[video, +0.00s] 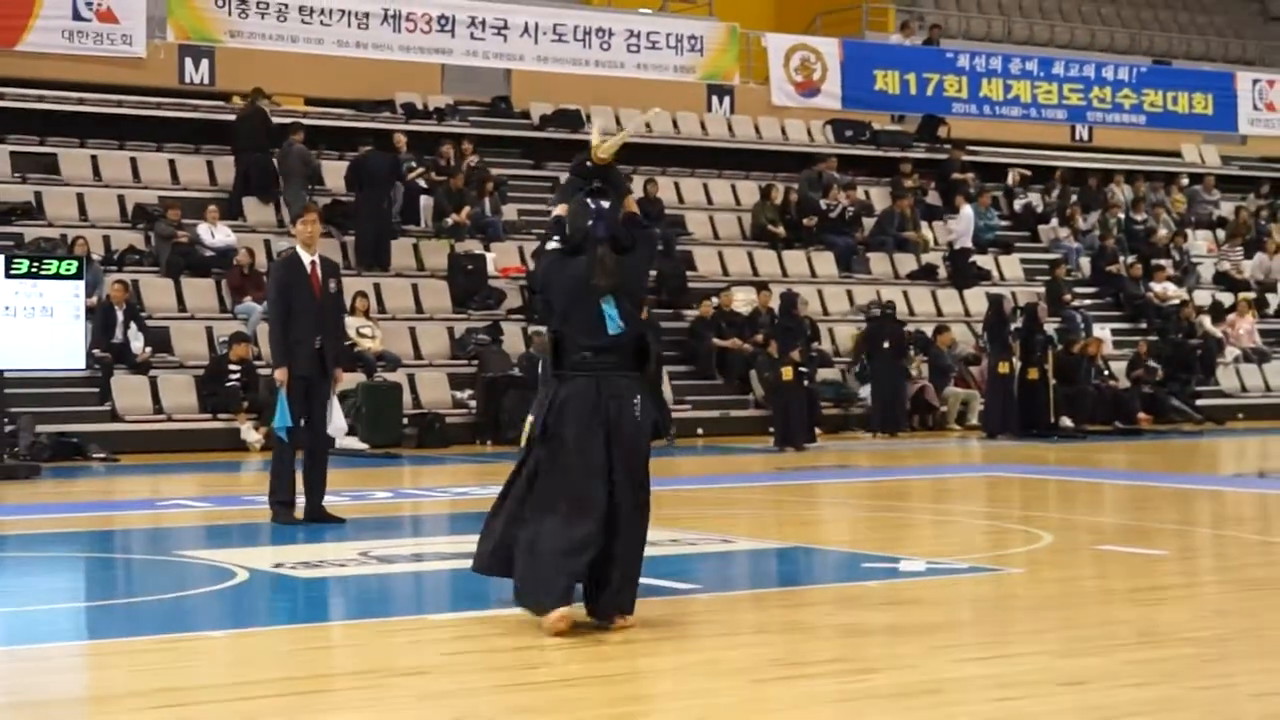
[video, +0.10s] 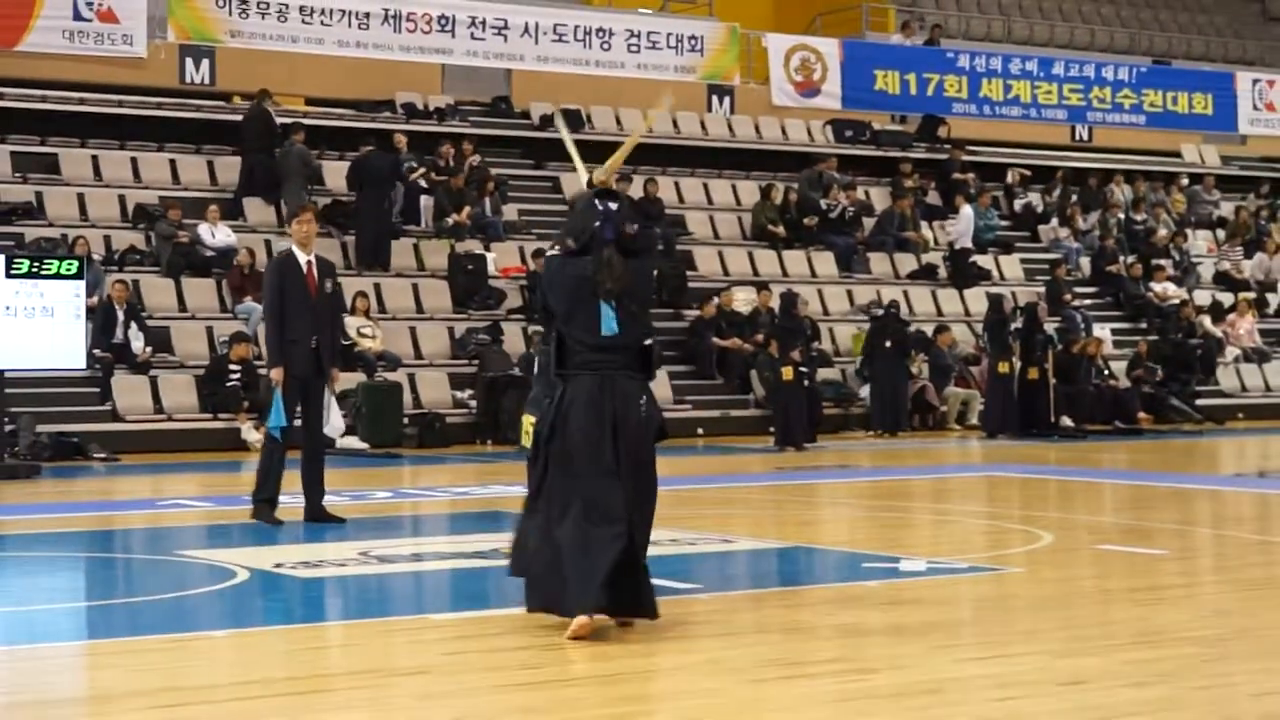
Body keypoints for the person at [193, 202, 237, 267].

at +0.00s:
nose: (213, 215)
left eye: (215, 212)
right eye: (210, 212)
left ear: (218, 214)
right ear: (206, 215)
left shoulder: (223, 227)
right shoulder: (201, 227)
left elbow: (234, 241)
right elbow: (208, 243)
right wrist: (229, 244)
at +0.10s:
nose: (214, 215)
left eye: (216, 212)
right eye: (211, 212)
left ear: (219, 214)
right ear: (206, 214)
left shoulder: (224, 228)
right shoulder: (202, 227)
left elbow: (234, 241)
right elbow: (209, 243)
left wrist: (216, 241)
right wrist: (230, 245)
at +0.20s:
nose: (214, 215)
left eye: (216, 212)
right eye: (211, 213)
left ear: (219, 215)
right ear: (206, 215)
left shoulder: (224, 228)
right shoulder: (202, 228)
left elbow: (234, 242)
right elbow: (209, 244)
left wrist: (216, 242)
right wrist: (229, 245)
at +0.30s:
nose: (215, 216)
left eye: (217, 213)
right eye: (212, 213)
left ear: (221, 215)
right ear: (208, 216)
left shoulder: (225, 229)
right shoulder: (204, 228)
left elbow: (236, 243)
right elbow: (211, 244)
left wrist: (219, 242)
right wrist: (231, 246)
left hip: (230, 255)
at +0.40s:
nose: (217, 216)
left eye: (219, 213)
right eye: (214, 213)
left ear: (222, 215)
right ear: (209, 216)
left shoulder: (227, 229)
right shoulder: (205, 229)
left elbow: (237, 243)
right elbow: (212, 245)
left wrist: (220, 242)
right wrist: (232, 246)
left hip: (231, 255)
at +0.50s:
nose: (216, 216)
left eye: (219, 213)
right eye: (213, 213)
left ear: (222, 215)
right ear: (209, 216)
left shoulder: (226, 229)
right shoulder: (205, 229)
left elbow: (237, 242)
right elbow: (212, 245)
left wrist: (220, 241)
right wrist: (233, 246)